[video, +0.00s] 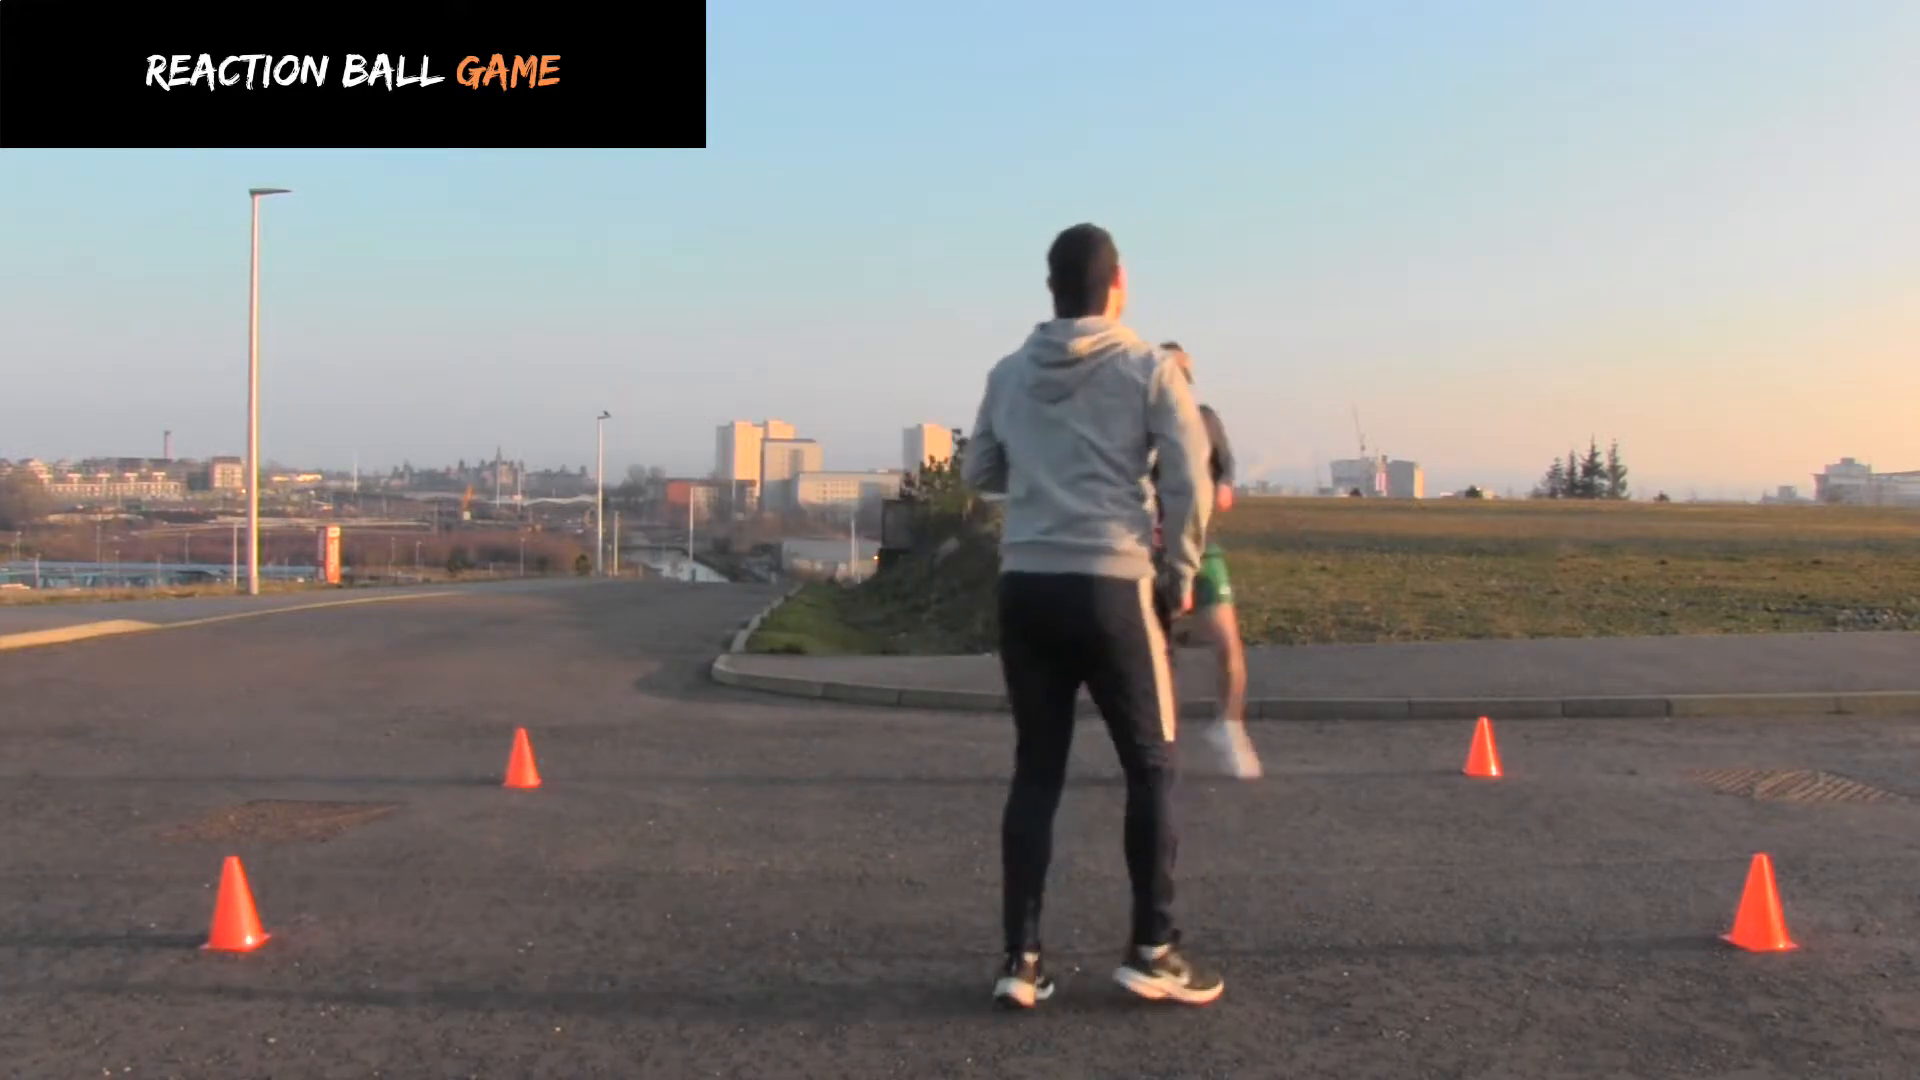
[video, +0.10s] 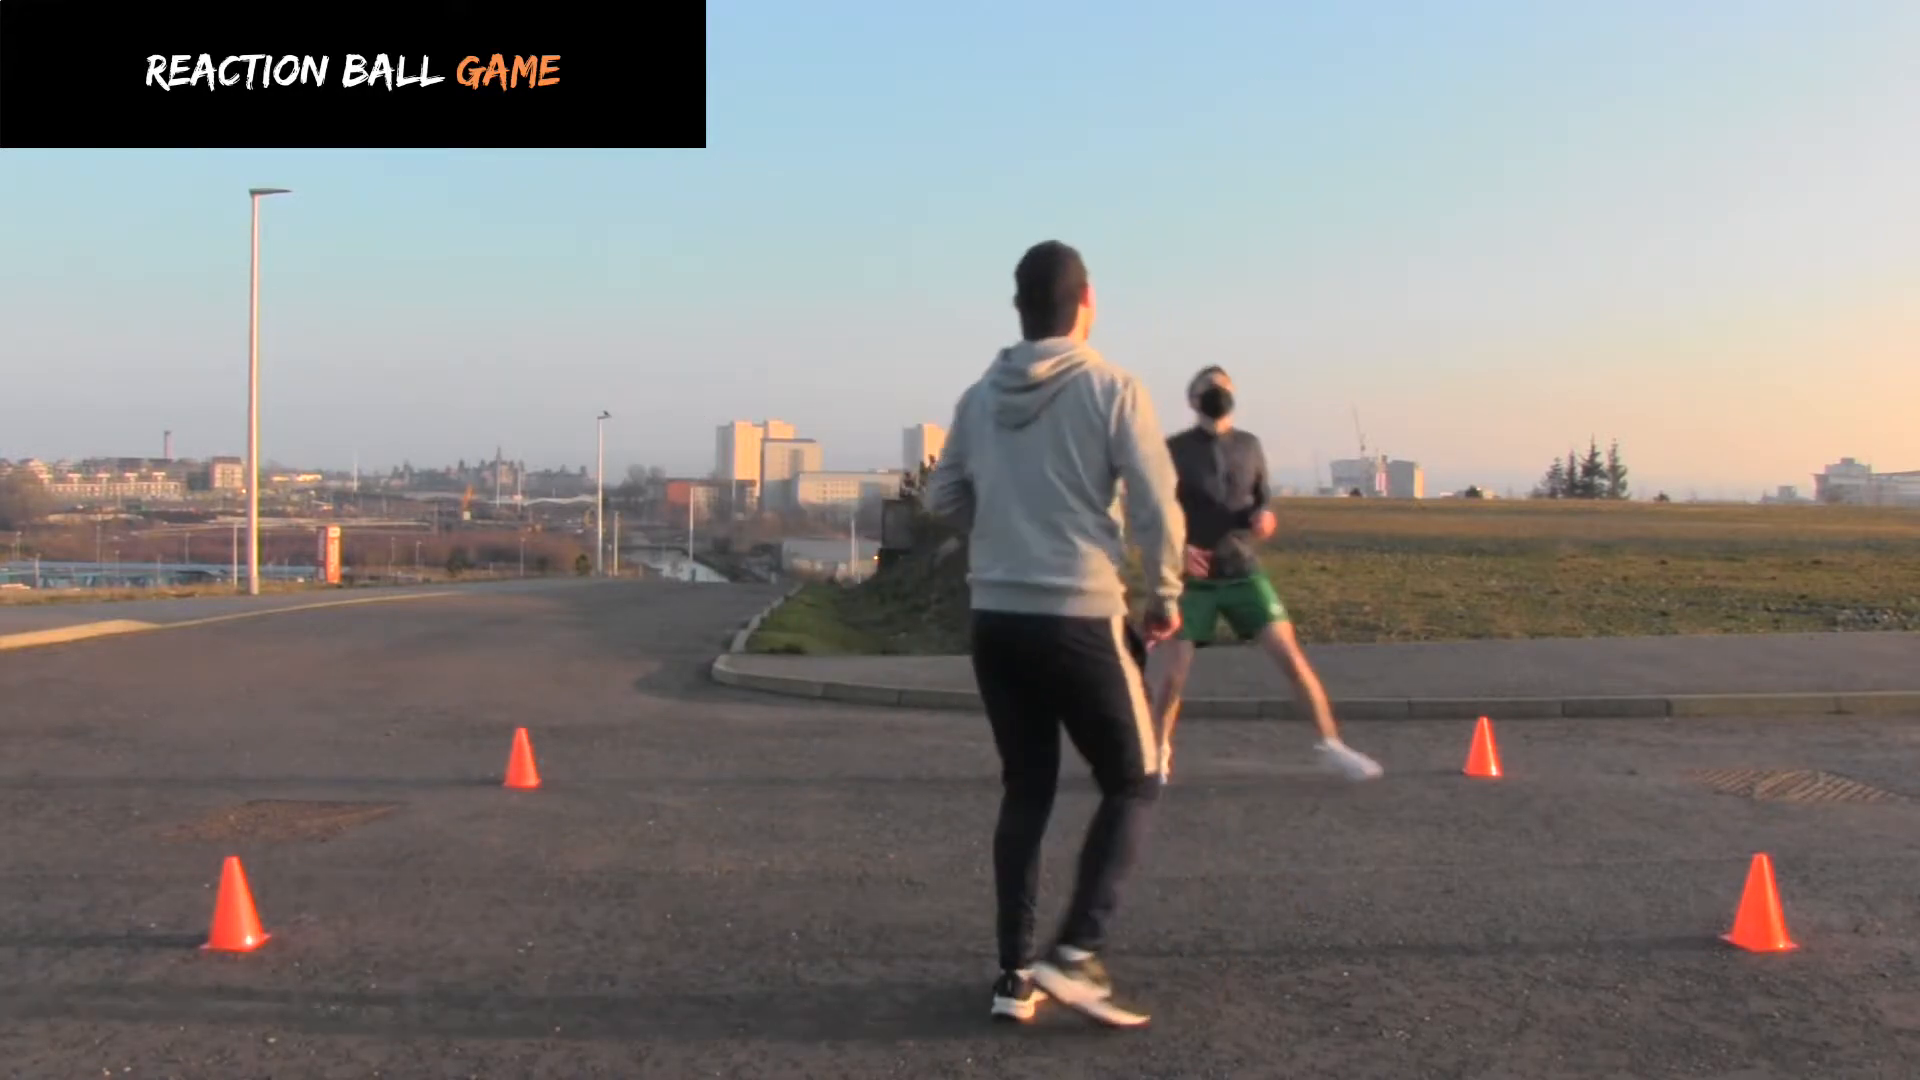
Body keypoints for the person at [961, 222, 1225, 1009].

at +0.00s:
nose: (1126, 289)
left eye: (1110, 278)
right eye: (1124, 278)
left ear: (1052, 287)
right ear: (1117, 284)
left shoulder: (1010, 372)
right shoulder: (1150, 367)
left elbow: (980, 471)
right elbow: (1188, 478)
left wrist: (1048, 463)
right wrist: (1178, 572)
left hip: (1025, 590)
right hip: (1111, 590)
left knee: (1034, 772)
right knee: (1150, 767)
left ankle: (1019, 961)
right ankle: (1151, 950)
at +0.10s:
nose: (1093, 308)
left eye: (1075, 298)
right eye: (1091, 298)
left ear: (1018, 306)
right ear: (1085, 304)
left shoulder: (980, 398)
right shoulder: (1114, 390)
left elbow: (944, 499)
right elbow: (1158, 505)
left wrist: (1004, 516)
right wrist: (1160, 596)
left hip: (994, 622)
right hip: (1079, 625)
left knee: (1025, 786)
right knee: (1131, 781)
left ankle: (1015, 978)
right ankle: (1078, 954)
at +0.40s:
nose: (1043, 293)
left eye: (1023, 280)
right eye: (1043, 282)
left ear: (965, 285)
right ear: (1036, 287)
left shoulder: (915, 379)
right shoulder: (1068, 372)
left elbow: (881, 498)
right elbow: (1119, 491)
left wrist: (928, 537)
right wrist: (1074, 564)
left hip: (930, 609)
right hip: (1020, 612)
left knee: (977, 783)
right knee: (1011, 801)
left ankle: (973, 950)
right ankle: (939, 1007)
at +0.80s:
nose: (958, 292)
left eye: (954, 277)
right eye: (956, 279)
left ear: (883, 280)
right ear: (939, 283)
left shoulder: (832, 371)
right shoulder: (946, 364)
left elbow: (786, 490)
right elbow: (970, 481)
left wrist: (861, 516)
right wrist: (980, 581)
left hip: (821, 601)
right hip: (896, 605)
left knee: (838, 790)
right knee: (941, 795)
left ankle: (800, 984)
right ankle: (871, 990)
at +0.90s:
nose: (933, 306)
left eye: (929, 292)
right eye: (931, 293)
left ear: (863, 291)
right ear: (913, 294)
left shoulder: (804, 384)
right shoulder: (919, 380)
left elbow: (755, 493)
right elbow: (932, 505)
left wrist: (808, 556)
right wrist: (946, 604)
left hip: (797, 617)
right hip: (870, 620)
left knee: (826, 793)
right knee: (901, 804)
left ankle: (793, 979)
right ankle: (774, 957)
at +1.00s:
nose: (925, 294)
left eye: (922, 280)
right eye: (923, 281)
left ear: (853, 278)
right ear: (907, 281)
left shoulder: (794, 365)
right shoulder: (916, 368)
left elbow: (735, 464)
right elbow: (923, 490)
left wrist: (781, 536)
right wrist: (930, 589)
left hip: (786, 599)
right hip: (857, 603)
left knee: (812, 783)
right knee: (850, 790)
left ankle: (792, 970)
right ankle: (734, 963)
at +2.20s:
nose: (875, 335)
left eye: (873, 322)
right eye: (871, 323)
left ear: (816, 329)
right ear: (851, 330)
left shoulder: (777, 403)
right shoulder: (848, 407)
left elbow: (757, 495)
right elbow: (866, 509)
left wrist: (792, 561)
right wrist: (900, 590)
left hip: (778, 590)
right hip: (828, 594)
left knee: (808, 725)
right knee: (841, 744)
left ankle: (742, 852)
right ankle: (818, 909)